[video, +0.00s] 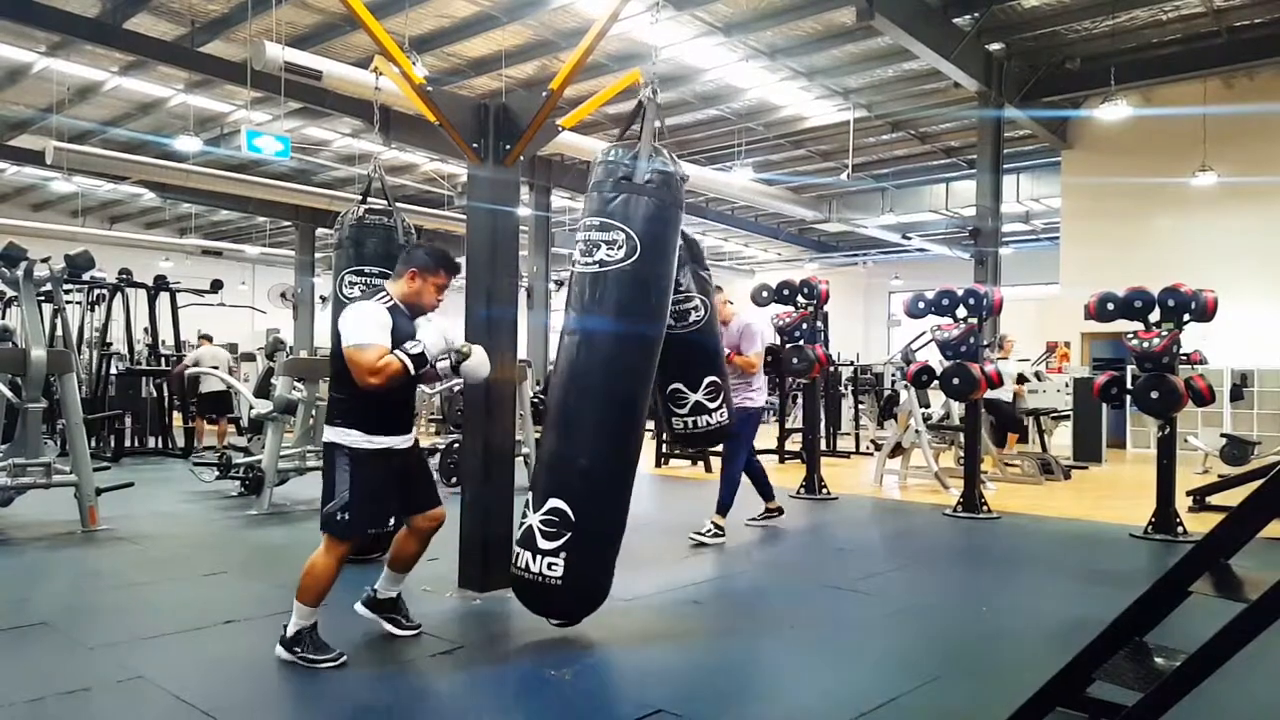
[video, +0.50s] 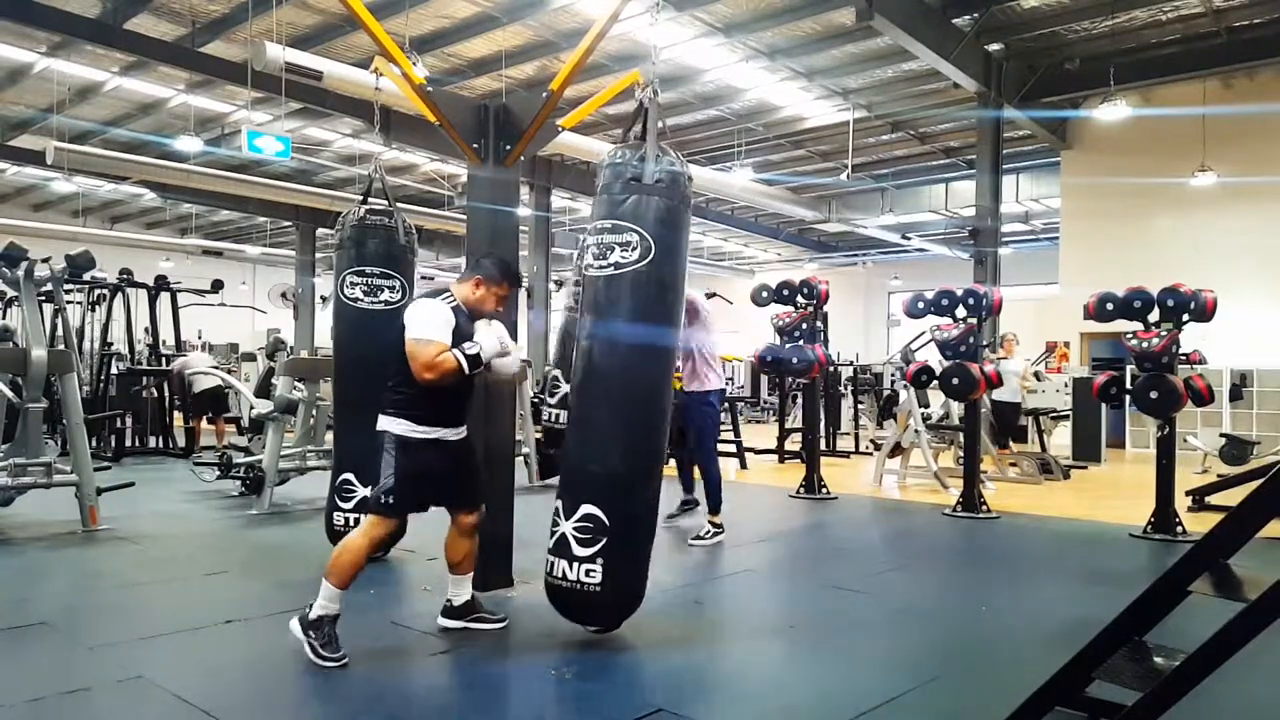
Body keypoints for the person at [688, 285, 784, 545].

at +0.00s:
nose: (713, 314)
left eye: (715, 308)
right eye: (711, 310)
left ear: (725, 302)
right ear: (713, 308)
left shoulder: (748, 327)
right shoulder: (717, 330)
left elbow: (753, 366)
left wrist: (724, 353)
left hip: (748, 404)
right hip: (728, 404)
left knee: (732, 460)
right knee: (745, 457)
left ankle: (718, 523)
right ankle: (772, 505)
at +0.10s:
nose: (708, 312)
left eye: (712, 306)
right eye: (705, 308)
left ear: (727, 301)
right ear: (704, 309)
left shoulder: (749, 326)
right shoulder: (707, 327)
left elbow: (760, 366)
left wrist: (725, 361)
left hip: (743, 400)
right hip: (719, 402)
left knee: (730, 455)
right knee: (732, 456)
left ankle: (717, 522)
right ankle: (764, 501)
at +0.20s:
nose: (704, 307)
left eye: (707, 301)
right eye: (700, 302)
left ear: (722, 297)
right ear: (699, 302)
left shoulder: (744, 323)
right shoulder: (695, 319)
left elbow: (762, 364)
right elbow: (667, 326)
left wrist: (736, 376)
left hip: (738, 398)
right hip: (709, 400)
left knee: (725, 454)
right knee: (728, 455)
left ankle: (717, 522)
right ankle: (758, 500)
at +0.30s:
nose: (687, 299)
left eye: (691, 293)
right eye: (684, 295)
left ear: (705, 291)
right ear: (683, 297)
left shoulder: (728, 317)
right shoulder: (684, 316)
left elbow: (761, 340)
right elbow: (661, 335)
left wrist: (758, 364)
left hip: (727, 398)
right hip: (702, 399)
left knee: (717, 457)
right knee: (721, 455)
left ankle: (716, 524)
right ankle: (750, 500)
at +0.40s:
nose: (681, 297)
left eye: (682, 290)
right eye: (677, 292)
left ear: (690, 288)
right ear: (674, 294)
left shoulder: (711, 308)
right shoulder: (679, 318)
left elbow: (745, 322)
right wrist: (672, 363)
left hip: (713, 395)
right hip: (694, 396)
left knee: (710, 457)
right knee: (702, 454)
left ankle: (715, 522)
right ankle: (723, 499)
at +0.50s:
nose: (684, 312)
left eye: (688, 307)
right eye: (684, 307)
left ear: (696, 309)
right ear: (684, 310)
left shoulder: (703, 326)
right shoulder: (683, 330)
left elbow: (691, 299)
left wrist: (669, 292)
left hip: (706, 392)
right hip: (687, 392)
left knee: (705, 454)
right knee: (682, 448)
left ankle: (715, 521)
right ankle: (689, 498)